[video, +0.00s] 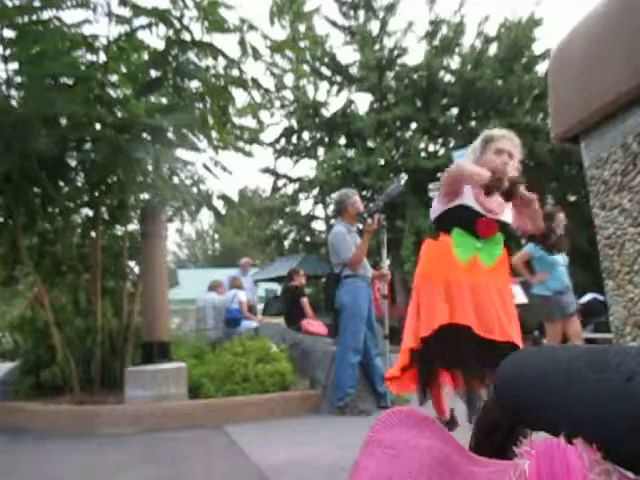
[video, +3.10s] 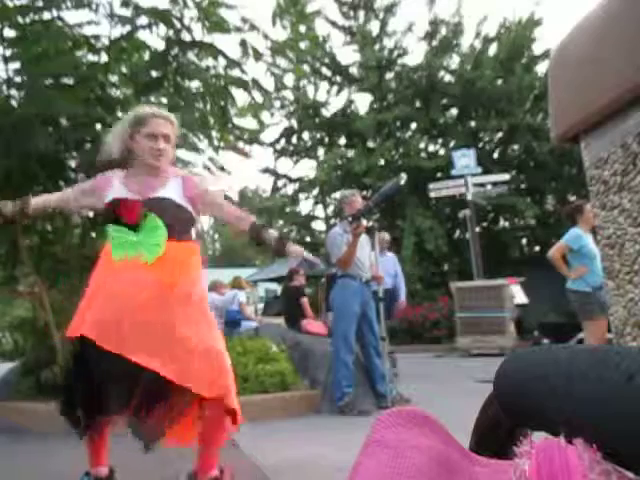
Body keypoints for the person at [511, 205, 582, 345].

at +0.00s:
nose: (563, 224)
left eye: (564, 221)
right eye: (560, 221)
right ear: (551, 223)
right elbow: (516, 260)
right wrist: (531, 278)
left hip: (565, 291)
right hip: (546, 294)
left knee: (576, 336)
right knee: (554, 338)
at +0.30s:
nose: (578, 224)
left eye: (578, 220)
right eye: (575, 220)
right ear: (564, 223)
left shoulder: (572, 240)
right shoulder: (553, 241)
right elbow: (530, 259)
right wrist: (546, 278)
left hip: (580, 289)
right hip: (562, 292)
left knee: (590, 334)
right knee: (569, 336)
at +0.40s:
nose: (583, 224)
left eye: (583, 220)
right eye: (579, 220)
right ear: (569, 222)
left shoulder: (575, 240)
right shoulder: (558, 240)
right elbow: (536, 259)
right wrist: (551, 278)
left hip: (585, 288)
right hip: (568, 292)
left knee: (593, 334)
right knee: (581, 336)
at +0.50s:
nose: (587, 223)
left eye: (587, 219)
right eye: (583, 219)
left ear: (587, 222)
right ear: (573, 222)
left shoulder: (578, 240)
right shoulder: (562, 240)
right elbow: (540, 259)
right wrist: (555, 279)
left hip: (588, 288)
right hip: (574, 292)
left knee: (594, 333)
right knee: (593, 334)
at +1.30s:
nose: (594, 218)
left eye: (594, 214)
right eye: (591, 214)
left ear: (584, 217)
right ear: (581, 217)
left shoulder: (584, 237)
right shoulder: (576, 234)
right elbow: (559, 253)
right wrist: (573, 272)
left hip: (595, 287)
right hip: (585, 288)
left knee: (597, 334)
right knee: (594, 334)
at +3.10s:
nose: (594, 214)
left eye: (592, 210)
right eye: (589, 211)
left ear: (584, 216)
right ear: (580, 216)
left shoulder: (587, 235)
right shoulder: (575, 234)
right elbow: (553, 254)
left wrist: (599, 279)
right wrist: (568, 273)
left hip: (594, 287)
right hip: (583, 288)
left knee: (599, 337)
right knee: (595, 337)